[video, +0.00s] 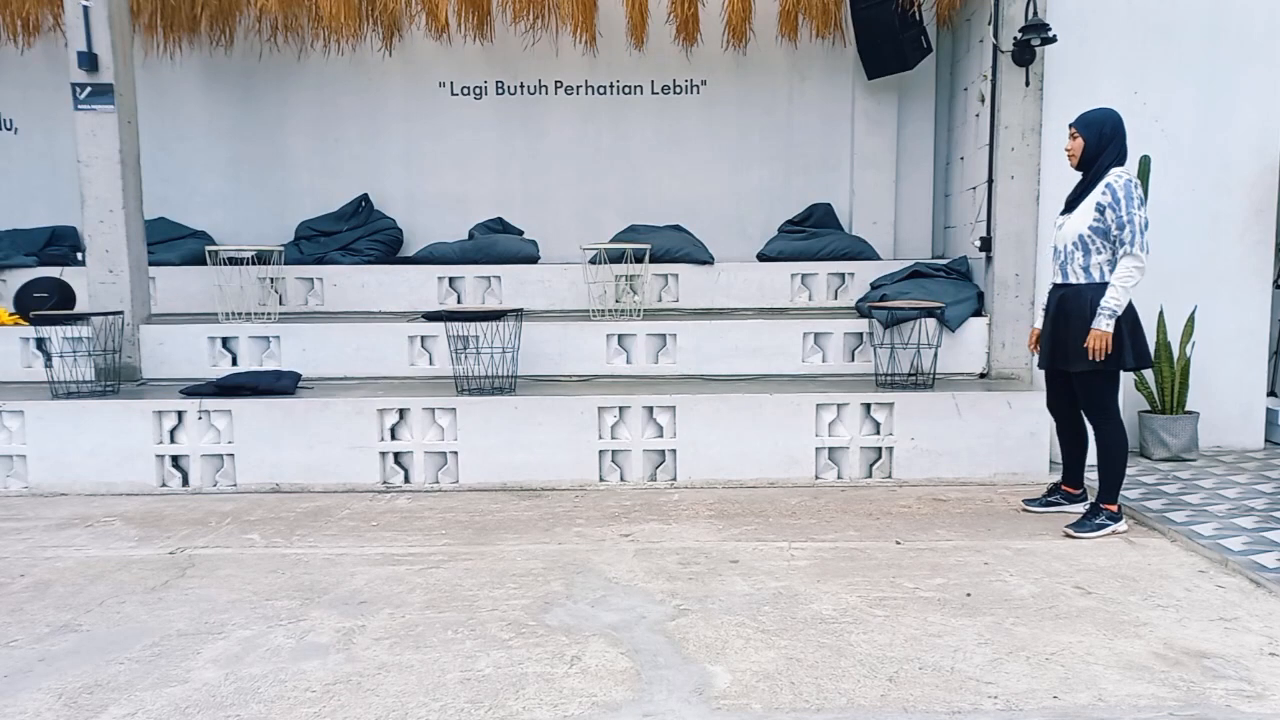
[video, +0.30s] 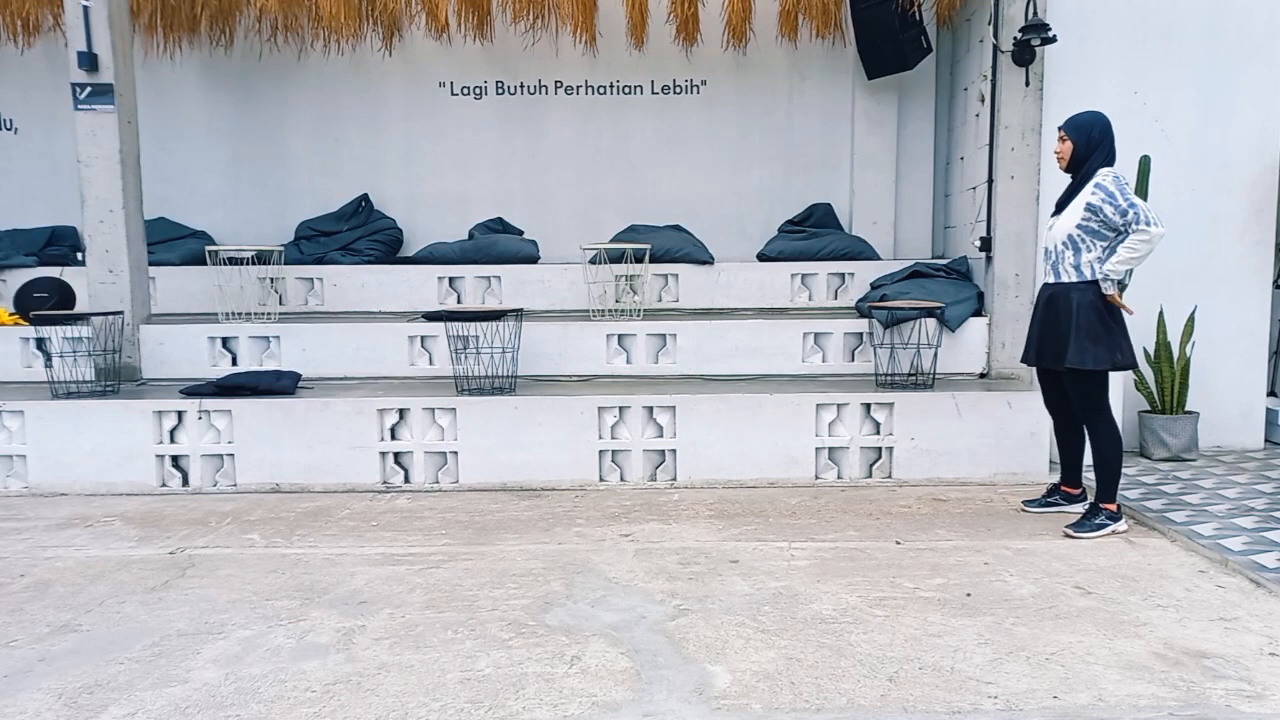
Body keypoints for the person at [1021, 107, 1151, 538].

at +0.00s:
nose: (1067, 145)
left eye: (1074, 137)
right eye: (1068, 137)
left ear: (1097, 140)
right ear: (1088, 142)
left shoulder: (1120, 184)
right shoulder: (1082, 191)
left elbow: (1134, 259)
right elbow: (1064, 268)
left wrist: (1105, 319)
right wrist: (1043, 319)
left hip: (1094, 310)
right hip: (1061, 310)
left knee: (1101, 408)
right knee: (1062, 403)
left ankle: (1109, 507)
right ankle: (1071, 488)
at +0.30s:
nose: (1057, 149)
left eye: (1063, 140)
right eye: (1058, 140)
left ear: (1085, 143)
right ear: (1083, 144)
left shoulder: (1105, 182)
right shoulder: (1076, 188)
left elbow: (1148, 229)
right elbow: (1089, 245)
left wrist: (1108, 278)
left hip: (1084, 308)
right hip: (1054, 306)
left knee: (1093, 407)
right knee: (1059, 402)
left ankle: (1108, 508)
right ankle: (1069, 488)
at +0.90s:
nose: (1040, 155)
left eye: (1047, 147)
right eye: (1041, 147)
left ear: (1069, 149)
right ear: (1063, 151)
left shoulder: (1088, 186)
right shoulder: (1060, 192)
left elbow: (1121, 236)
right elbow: (1074, 245)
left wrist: (1085, 273)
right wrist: (1090, 279)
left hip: (1067, 307)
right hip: (1049, 305)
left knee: (1037, 399)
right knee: (1060, 401)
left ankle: (1057, 497)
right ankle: (1072, 489)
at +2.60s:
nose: (1009, 169)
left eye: (1014, 161)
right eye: (1008, 161)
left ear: (1035, 158)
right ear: (1031, 161)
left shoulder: (1054, 188)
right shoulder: (1039, 195)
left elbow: (1090, 231)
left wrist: (1050, 285)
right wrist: (1030, 286)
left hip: (1039, 312)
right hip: (1033, 311)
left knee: (999, 398)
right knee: (1051, 402)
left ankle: (1004, 495)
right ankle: (1071, 489)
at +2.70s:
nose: (1000, 168)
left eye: (1005, 160)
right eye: (998, 160)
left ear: (1027, 158)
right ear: (1017, 160)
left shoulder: (1048, 186)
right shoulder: (1025, 198)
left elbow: (1091, 231)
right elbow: (1015, 262)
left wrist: (1052, 283)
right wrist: (997, 306)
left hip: (1032, 310)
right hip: (1017, 310)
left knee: (994, 397)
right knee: (1048, 404)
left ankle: (964, 490)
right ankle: (1071, 489)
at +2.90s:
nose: (976, 169)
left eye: (981, 161)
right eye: (976, 162)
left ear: (1002, 160)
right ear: (996, 163)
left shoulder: (1027, 194)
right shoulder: (997, 205)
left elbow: (1072, 248)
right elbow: (978, 268)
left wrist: (1074, 311)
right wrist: (948, 304)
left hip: (1006, 310)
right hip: (988, 311)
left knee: (968, 400)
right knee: (1030, 403)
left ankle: (939, 489)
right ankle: (1068, 486)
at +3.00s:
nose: (960, 169)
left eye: (965, 160)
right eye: (960, 160)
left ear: (987, 160)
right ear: (983, 160)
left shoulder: (1011, 198)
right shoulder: (983, 204)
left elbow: (1041, 263)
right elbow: (958, 265)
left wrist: (1071, 321)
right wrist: (927, 300)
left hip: (982, 308)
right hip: (967, 308)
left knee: (959, 402)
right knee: (1006, 402)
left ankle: (940, 490)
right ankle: (1060, 479)